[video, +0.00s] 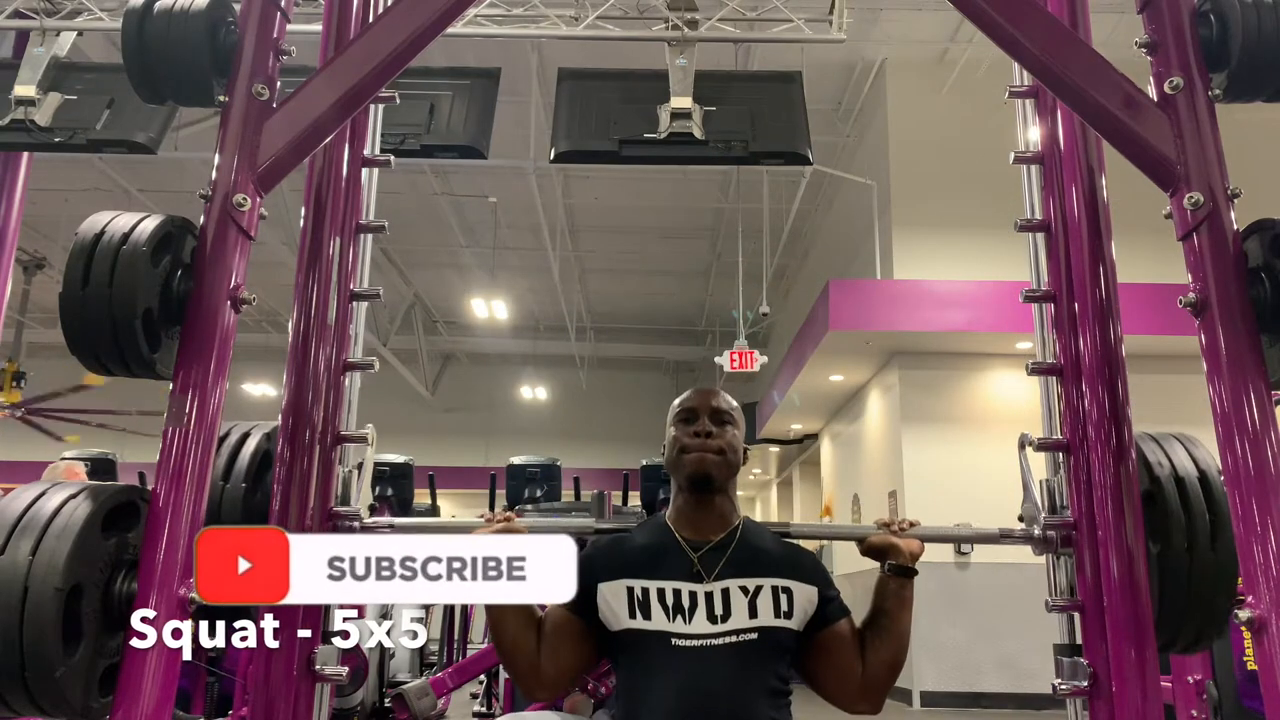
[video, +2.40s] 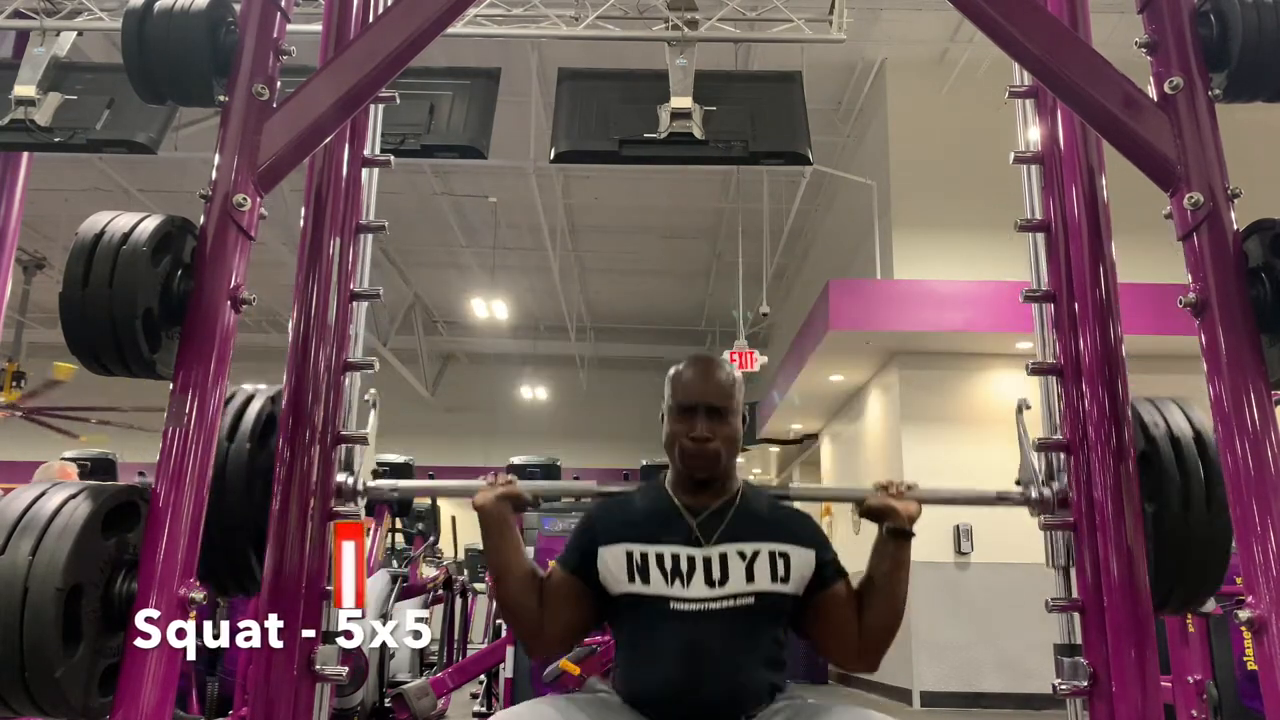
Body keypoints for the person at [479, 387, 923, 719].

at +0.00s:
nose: (705, 430)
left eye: (721, 422)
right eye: (688, 421)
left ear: (744, 454)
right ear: (665, 450)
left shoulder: (793, 569)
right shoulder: (607, 563)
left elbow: (862, 692)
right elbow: (539, 679)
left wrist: (899, 573)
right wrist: (495, 570)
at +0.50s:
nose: (703, 348)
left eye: (719, 340)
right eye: (687, 342)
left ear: (742, 371)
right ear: (666, 373)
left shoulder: (788, 481)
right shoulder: (612, 478)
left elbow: (858, 602)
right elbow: (543, 585)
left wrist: (894, 489)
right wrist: (500, 482)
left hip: (769, 683)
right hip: (637, 681)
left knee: (888, 719)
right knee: (513, 719)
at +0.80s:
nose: (707, 270)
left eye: (723, 267)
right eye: (691, 265)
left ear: (743, 310)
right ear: (668, 303)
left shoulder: (785, 405)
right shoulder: (616, 404)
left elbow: (856, 524)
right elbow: (548, 509)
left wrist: (889, 418)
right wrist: (502, 403)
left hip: (770, 624)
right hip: (635, 623)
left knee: (883, 715)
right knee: (527, 714)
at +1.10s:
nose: (706, 186)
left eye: (724, 183)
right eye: (692, 181)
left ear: (744, 218)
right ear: (671, 217)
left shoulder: (791, 319)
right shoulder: (618, 314)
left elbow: (857, 432)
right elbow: (547, 418)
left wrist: (887, 330)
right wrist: (507, 314)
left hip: (774, 547)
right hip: (638, 540)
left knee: (827, 708)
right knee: (588, 705)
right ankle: (675, 707)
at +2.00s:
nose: (707, 252)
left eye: (722, 246)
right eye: (691, 243)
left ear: (741, 279)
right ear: (667, 274)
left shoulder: (787, 383)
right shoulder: (615, 382)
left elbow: (856, 501)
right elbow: (549, 488)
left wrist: (889, 397)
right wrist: (504, 386)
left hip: (767, 615)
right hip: (632, 611)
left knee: (871, 713)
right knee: (532, 712)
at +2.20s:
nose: (703, 345)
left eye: (718, 334)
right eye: (689, 333)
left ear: (742, 354)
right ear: (668, 355)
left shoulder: (788, 463)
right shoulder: (615, 462)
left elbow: (858, 587)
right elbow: (548, 570)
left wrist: (893, 474)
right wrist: (501, 462)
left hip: (768, 677)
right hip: (635, 673)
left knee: (883, 717)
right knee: (518, 716)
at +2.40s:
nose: (699, 429)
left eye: (716, 414)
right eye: (685, 413)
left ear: (742, 425)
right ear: (664, 423)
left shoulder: (789, 531)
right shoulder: (612, 523)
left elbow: (859, 651)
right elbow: (542, 639)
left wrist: (895, 539)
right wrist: (498, 524)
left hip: (758, 707)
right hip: (639, 707)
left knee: (872, 719)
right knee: (519, 716)